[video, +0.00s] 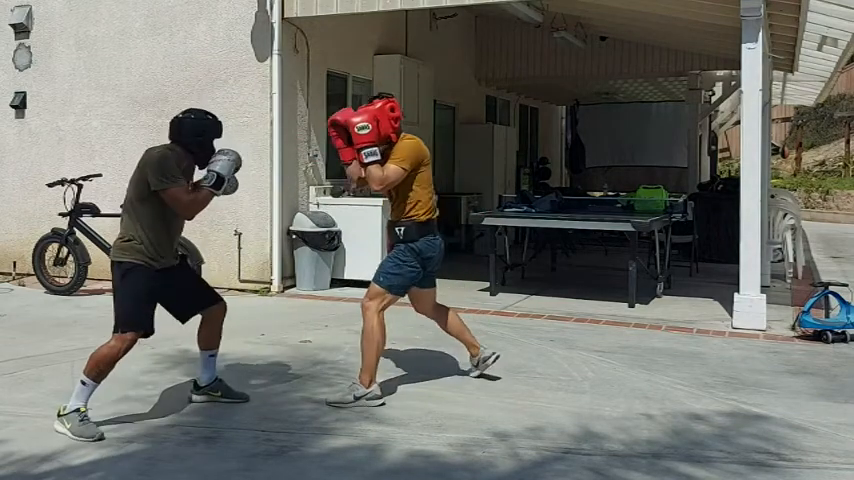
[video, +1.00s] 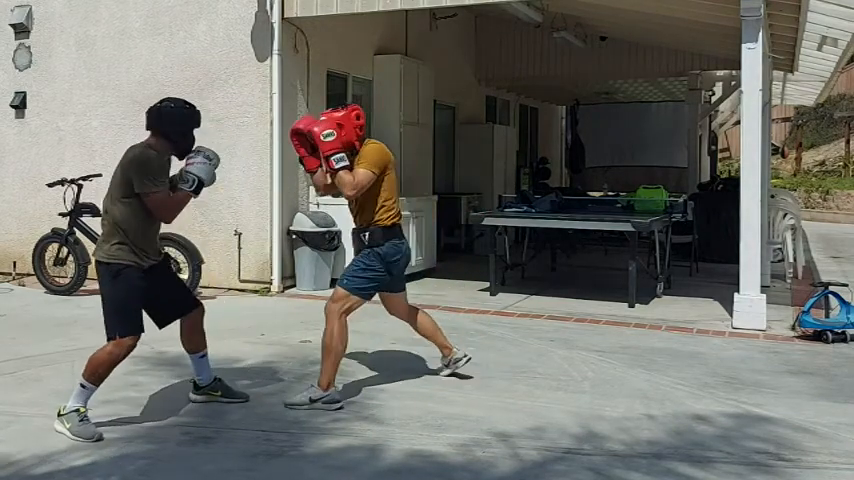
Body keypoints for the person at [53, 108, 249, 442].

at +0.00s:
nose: (214, 147)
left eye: (214, 141)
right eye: (211, 140)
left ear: (186, 138)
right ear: (195, 140)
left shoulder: (181, 165)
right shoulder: (161, 158)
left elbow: (183, 204)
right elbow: (186, 208)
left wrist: (213, 183)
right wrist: (214, 180)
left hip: (167, 260)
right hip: (134, 260)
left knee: (214, 308)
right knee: (126, 336)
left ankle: (207, 381)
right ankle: (72, 410)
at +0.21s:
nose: (212, 138)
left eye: (213, 133)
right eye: (210, 132)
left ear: (183, 129)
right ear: (194, 131)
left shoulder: (179, 156)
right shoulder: (164, 151)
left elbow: (179, 200)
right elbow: (191, 201)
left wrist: (208, 171)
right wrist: (215, 171)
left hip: (167, 257)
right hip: (136, 257)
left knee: (212, 306)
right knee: (126, 334)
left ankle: (206, 381)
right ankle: (72, 408)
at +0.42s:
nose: (220, 157)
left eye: (220, 150)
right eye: (217, 150)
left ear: (186, 145)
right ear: (203, 149)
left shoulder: (177, 170)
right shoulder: (177, 165)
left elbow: (186, 227)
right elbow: (195, 219)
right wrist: (220, 192)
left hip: (161, 268)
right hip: (131, 268)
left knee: (210, 308)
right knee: (138, 343)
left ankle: (207, 382)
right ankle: (74, 409)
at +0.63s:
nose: (210, 155)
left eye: (210, 149)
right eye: (207, 149)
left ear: (179, 148)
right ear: (191, 150)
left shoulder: (168, 173)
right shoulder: (162, 169)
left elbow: (174, 233)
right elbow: (181, 225)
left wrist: (210, 207)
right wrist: (208, 198)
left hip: (151, 268)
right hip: (119, 269)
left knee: (199, 309)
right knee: (130, 344)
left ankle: (205, 383)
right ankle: (72, 410)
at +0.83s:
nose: (195, 140)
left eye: (195, 134)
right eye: (192, 134)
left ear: (164, 133)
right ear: (178, 135)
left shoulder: (162, 166)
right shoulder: (141, 160)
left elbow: (160, 216)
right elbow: (159, 213)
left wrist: (187, 201)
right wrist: (190, 189)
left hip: (147, 261)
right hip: (114, 262)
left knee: (191, 311)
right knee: (122, 337)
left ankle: (205, 382)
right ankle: (72, 409)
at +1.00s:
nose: (193, 135)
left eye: (193, 129)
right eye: (190, 129)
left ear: (159, 128)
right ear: (175, 131)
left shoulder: (154, 159)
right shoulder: (143, 158)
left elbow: (162, 208)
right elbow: (167, 212)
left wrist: (186, 180)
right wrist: (191, 181)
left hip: (149, 260)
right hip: (119, 262)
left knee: (192, 311)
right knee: (125, 339)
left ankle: (204, 381)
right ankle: (72, 409)